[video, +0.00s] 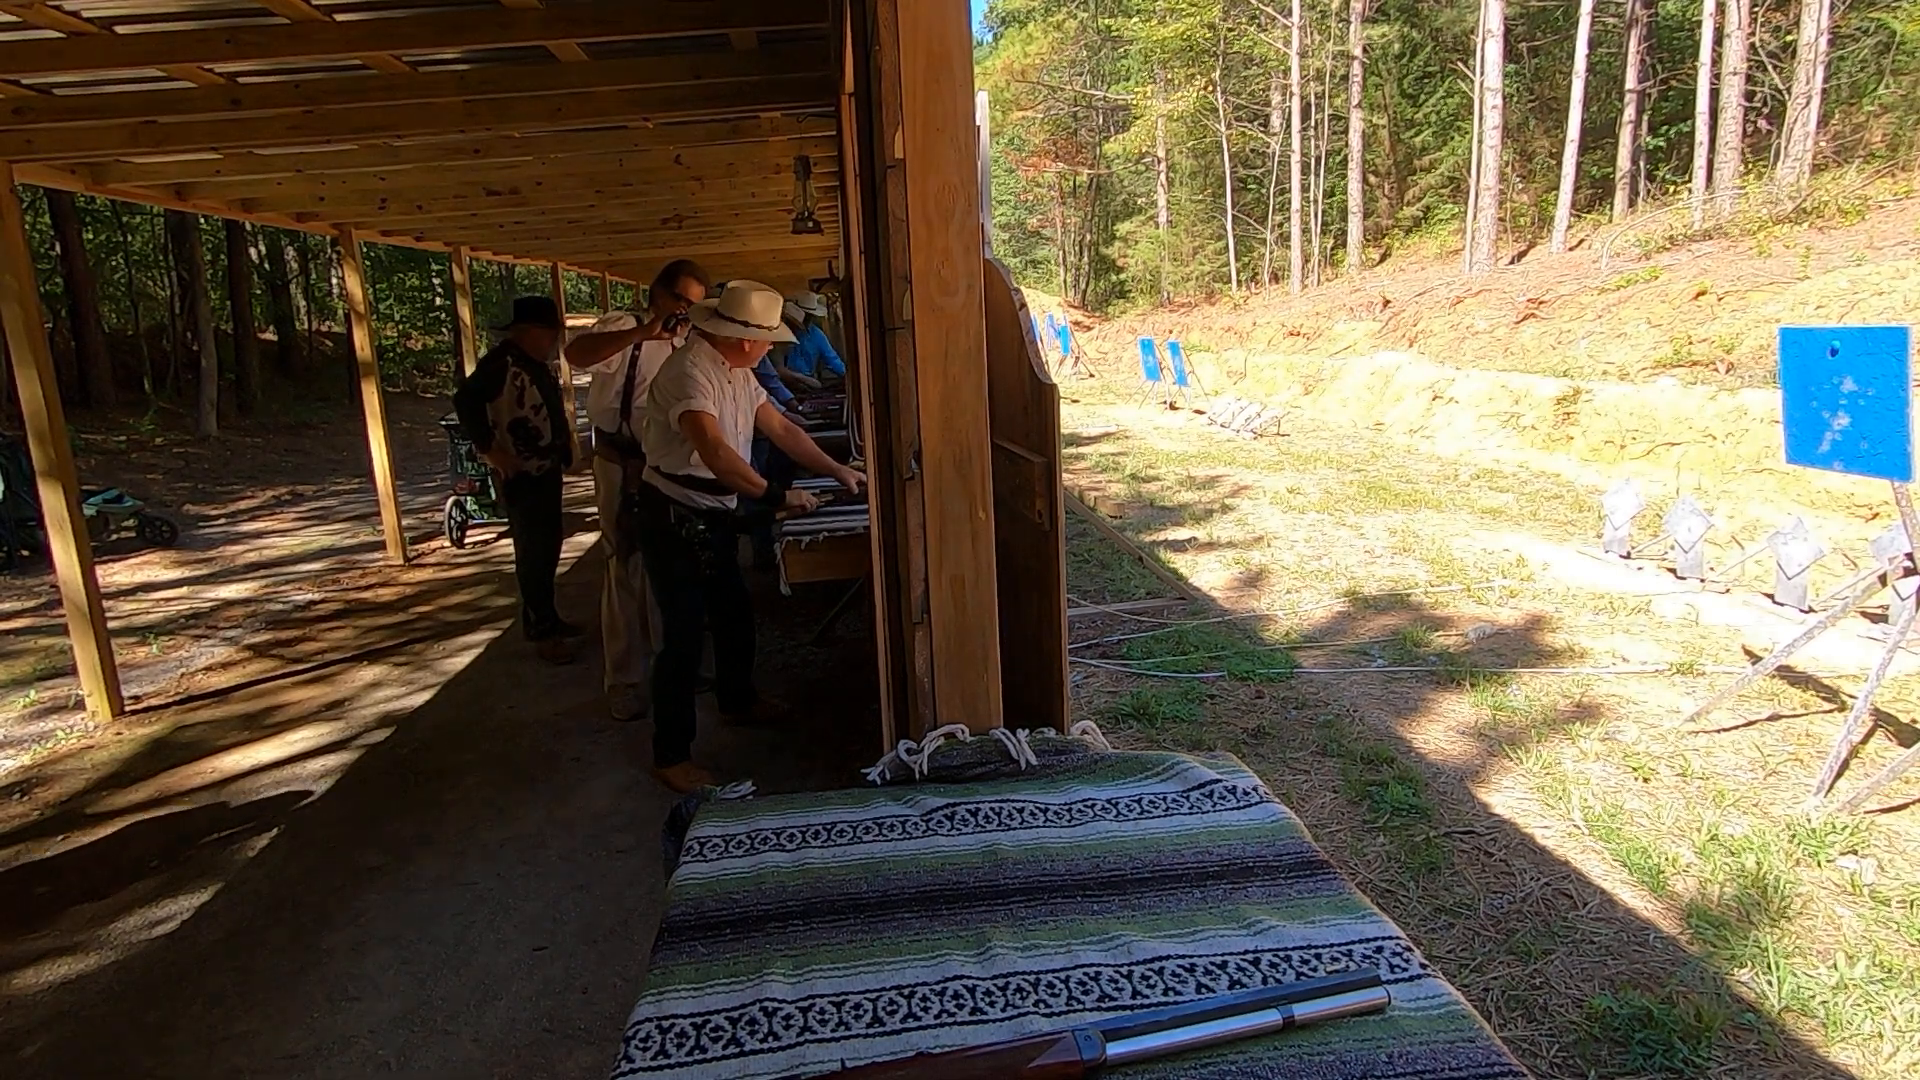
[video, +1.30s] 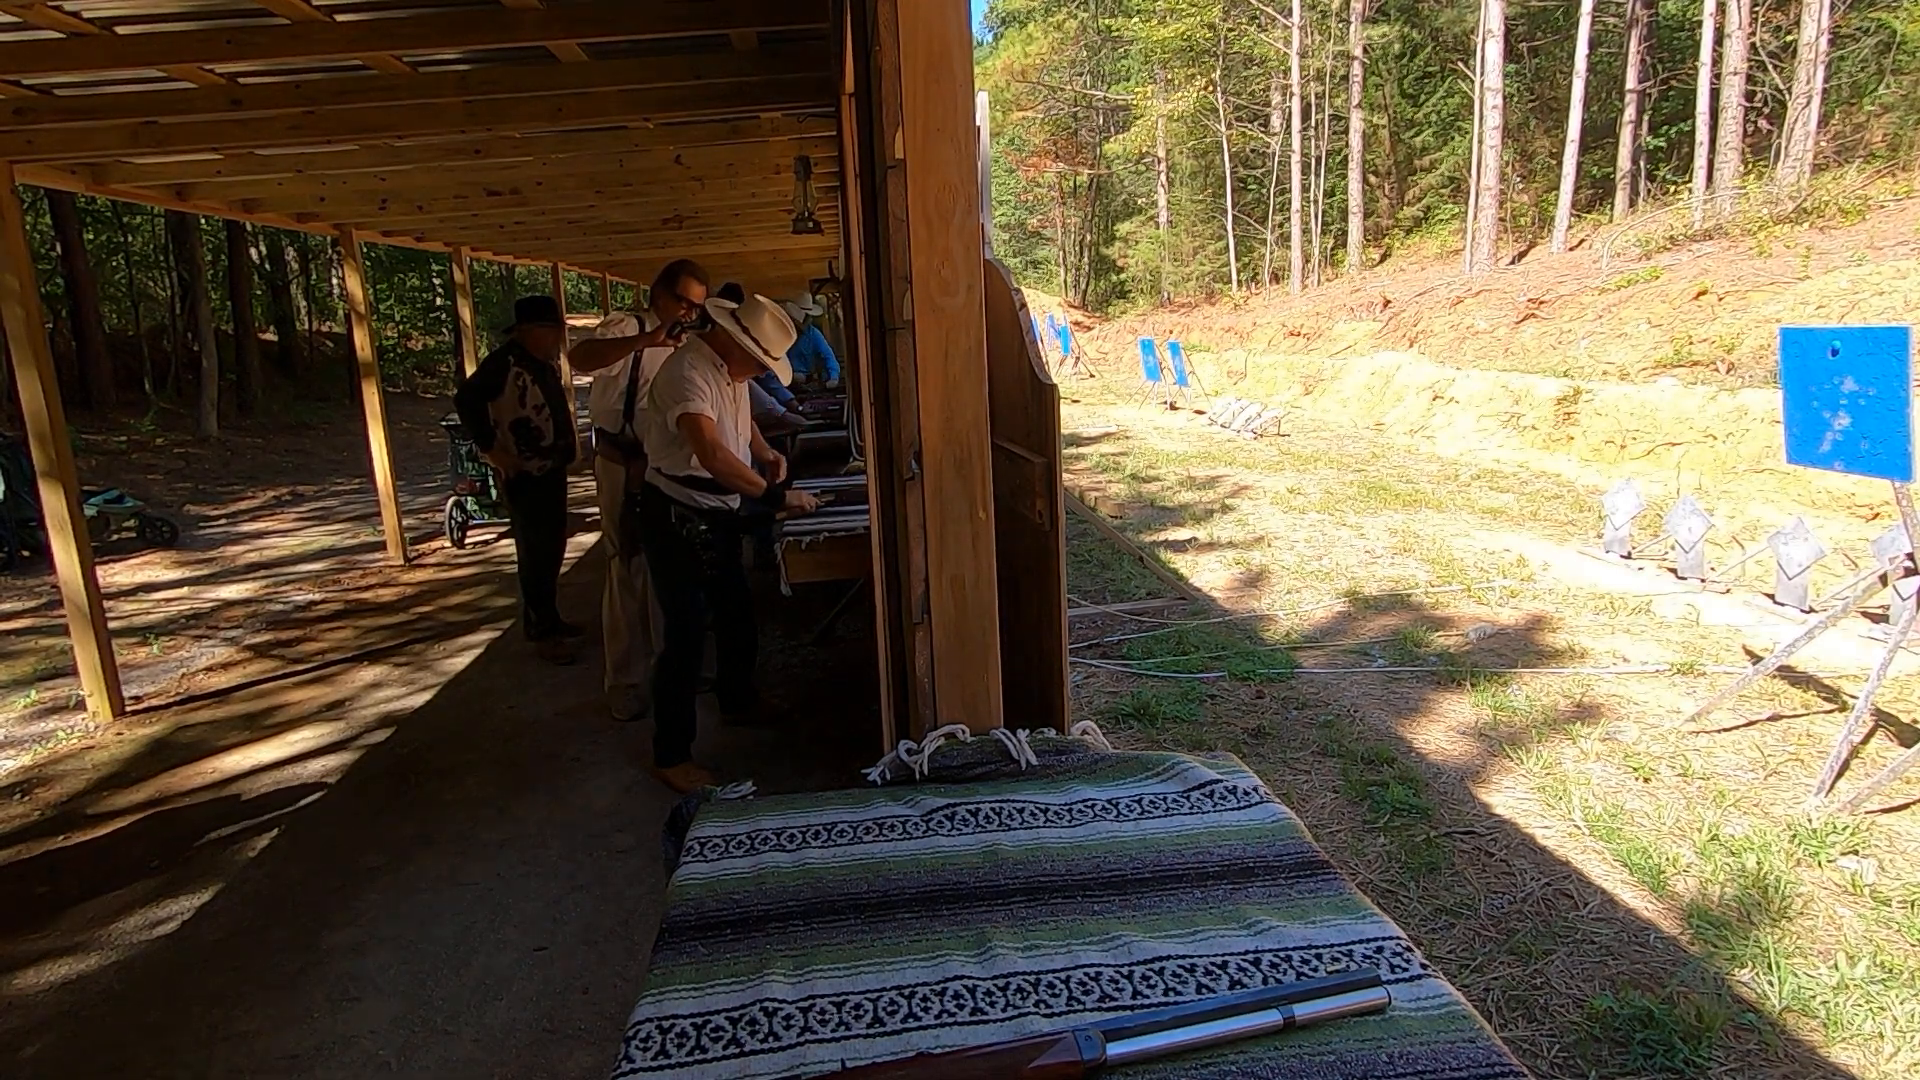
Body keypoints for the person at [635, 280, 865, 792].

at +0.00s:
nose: (769, 350)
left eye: (770, 341)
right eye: (766, 342)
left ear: (738, 340)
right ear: (743, 342)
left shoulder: (739, 372)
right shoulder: (686, 371)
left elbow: (781, 428)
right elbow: (711, 449)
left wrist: (837, 469)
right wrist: (774, 493)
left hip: (717, 515)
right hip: (672, 516)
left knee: (734, 615)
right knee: (685, 636)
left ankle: (738, 703)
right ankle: (671, 757)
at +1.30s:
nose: (758, 373)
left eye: (762, 366)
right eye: (757, 364)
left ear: (744, 346)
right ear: (734, 344)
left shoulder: (731, 370)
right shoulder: (687, 372)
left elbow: (743, 425)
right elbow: (709, 453)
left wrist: (765, 453)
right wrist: (775, 495)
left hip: (721, 512)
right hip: (676, 514)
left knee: (736, 615)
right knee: (685, 634)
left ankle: (740, 706)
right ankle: (671, 756)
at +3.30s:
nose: (753, 373)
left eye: (756, 365)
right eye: (751, 363)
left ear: (724, 349)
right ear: (724, 348)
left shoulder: (718, 377)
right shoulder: (681, 377)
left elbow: (722, 444)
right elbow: (707, 459)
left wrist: (749, 466)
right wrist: (778, 495)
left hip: (716, 516)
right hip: (673, 520)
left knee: (739, 615)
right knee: (689, 636)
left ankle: (739, 708)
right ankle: (672, 757)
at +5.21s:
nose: (758, 373)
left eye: (761, 366)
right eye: (755, 364)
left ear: (727, 349)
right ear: (728, 348)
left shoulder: (721, 377)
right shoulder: (686, 379)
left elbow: (728, 447)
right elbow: (709, 460)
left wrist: (756, 475)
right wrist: (780, 495)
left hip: (717, 516)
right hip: (672, 519)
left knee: (743, 610)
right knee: (689, 635)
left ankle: (739, 703)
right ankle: (672, 757)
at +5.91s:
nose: (757, 365)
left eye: (760, 357)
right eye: (755, 355)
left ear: (725, 342)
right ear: (729, 342)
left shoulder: (718, 369)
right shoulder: (692, 367)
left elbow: (719, 441)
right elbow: (720, 437)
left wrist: (760, 465)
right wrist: (782, 466)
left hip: (714, 511)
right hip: (674, 513)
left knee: (740, 610)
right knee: (693, 634)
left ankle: (739, 703)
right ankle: (673, 757)